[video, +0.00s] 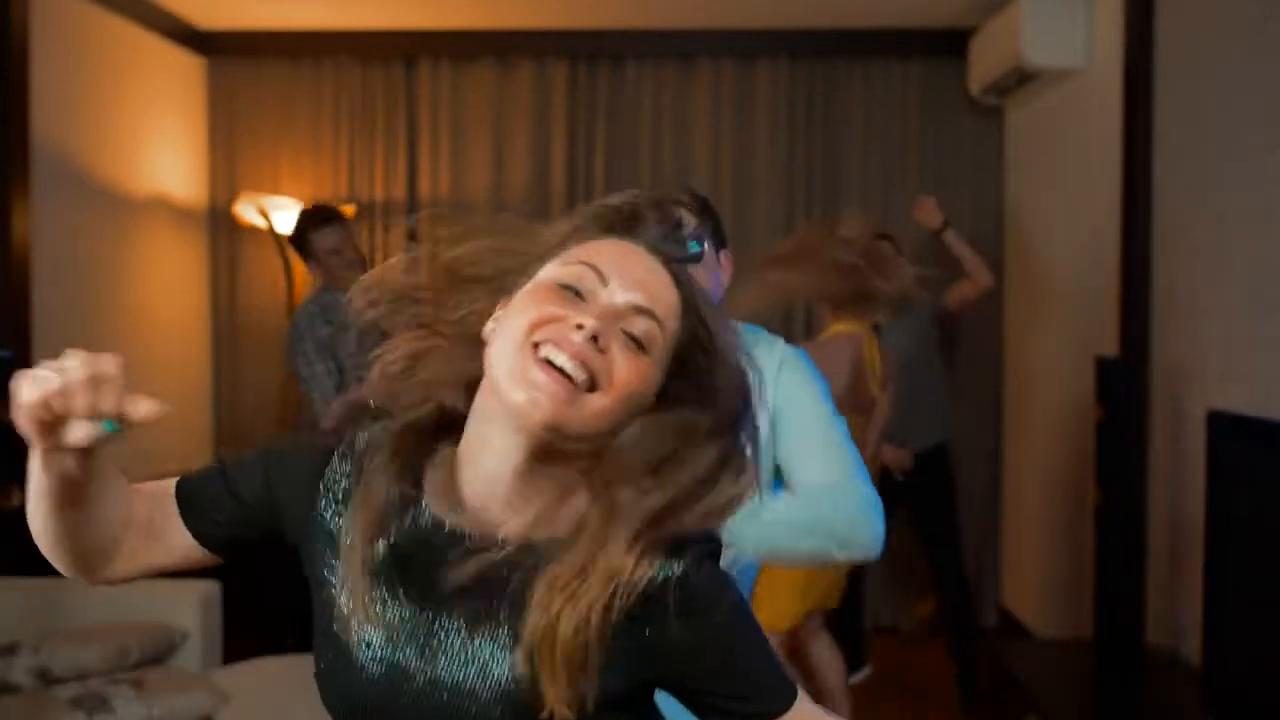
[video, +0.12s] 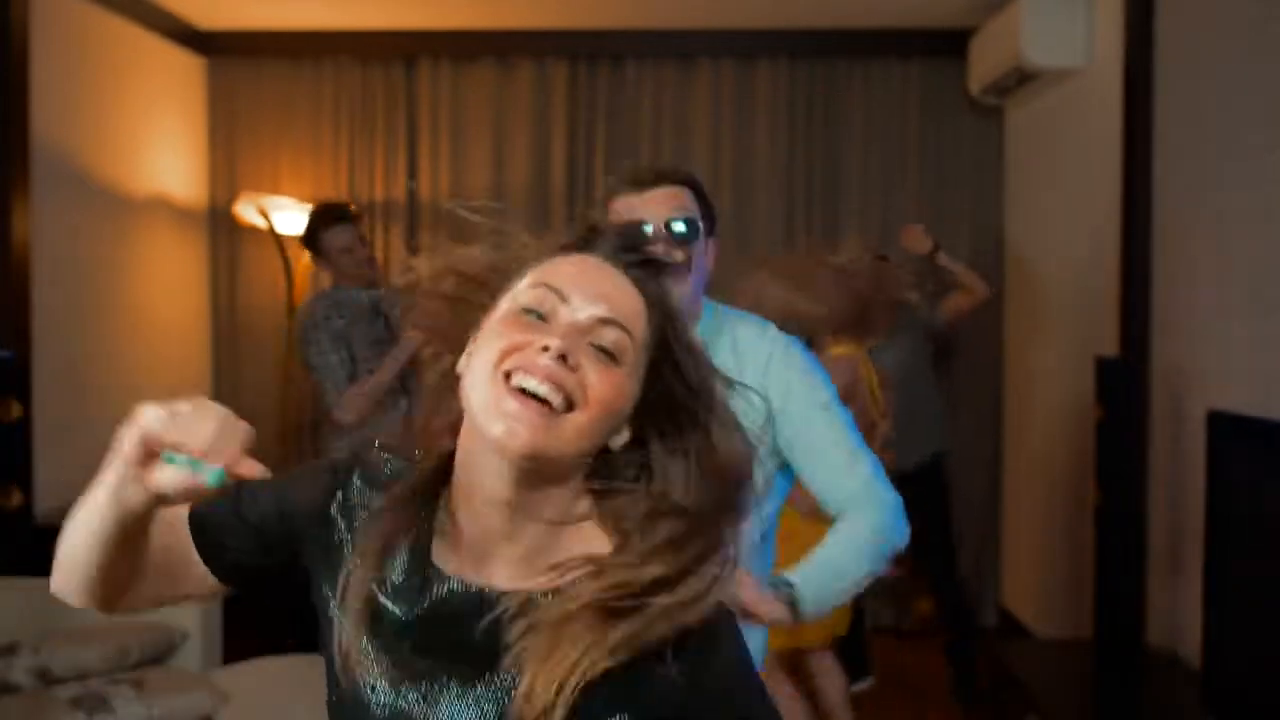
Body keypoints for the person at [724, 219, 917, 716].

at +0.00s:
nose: (803, 289)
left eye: (809, 278)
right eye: (807, 278)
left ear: (821, 287)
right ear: (860, 286)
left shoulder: (837, 345)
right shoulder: (867, 342)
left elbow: (817, 422)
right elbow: (878, 408)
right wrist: (872, 454)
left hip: (815, 504)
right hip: (844, 504)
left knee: (765, 629)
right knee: (809, 626)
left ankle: (799, 707)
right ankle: (839, 708)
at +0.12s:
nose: (657, 251)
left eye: (678, 231)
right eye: (632, 235)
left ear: (710, 251)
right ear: (602, 248)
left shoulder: (759, 353)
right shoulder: (564, 348)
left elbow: (878, 516)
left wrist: (787, 596)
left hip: (717, 658)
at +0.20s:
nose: (648, 227)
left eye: (670, 212)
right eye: (624, 212)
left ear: (695, 238)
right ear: (593, 234)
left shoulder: (754, 337)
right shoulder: (559, 335)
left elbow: (886, 474)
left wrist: (850, 609)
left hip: (719, 655)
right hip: (580, 639)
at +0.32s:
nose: (643, 205)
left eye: (663, 191)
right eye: (618, 191)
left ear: (685, 218)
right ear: (584, 220)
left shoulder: (753, 313)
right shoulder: (558, 315)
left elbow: (897, 413)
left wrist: (926, 561)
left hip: (733, 596)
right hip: (597, 585)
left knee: (738, 705)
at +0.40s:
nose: (641, 201)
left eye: (662, 188)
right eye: (616, 188)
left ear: (684, 219)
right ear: (580, 220)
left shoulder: (748, 305)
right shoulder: (543, 296)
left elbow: (902, 381)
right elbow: (491, 414)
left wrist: (961, 513)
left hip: (743, 593)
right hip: (600, 584)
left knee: (747, 708)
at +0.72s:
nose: (644, 258)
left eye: (664, 243)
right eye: (622, 242)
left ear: (685, 264)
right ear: (586, 257)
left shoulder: (746, 342)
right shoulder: (568, 351)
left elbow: (886, 353)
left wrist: (977, 445)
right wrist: (668, 358)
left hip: (745, 583)